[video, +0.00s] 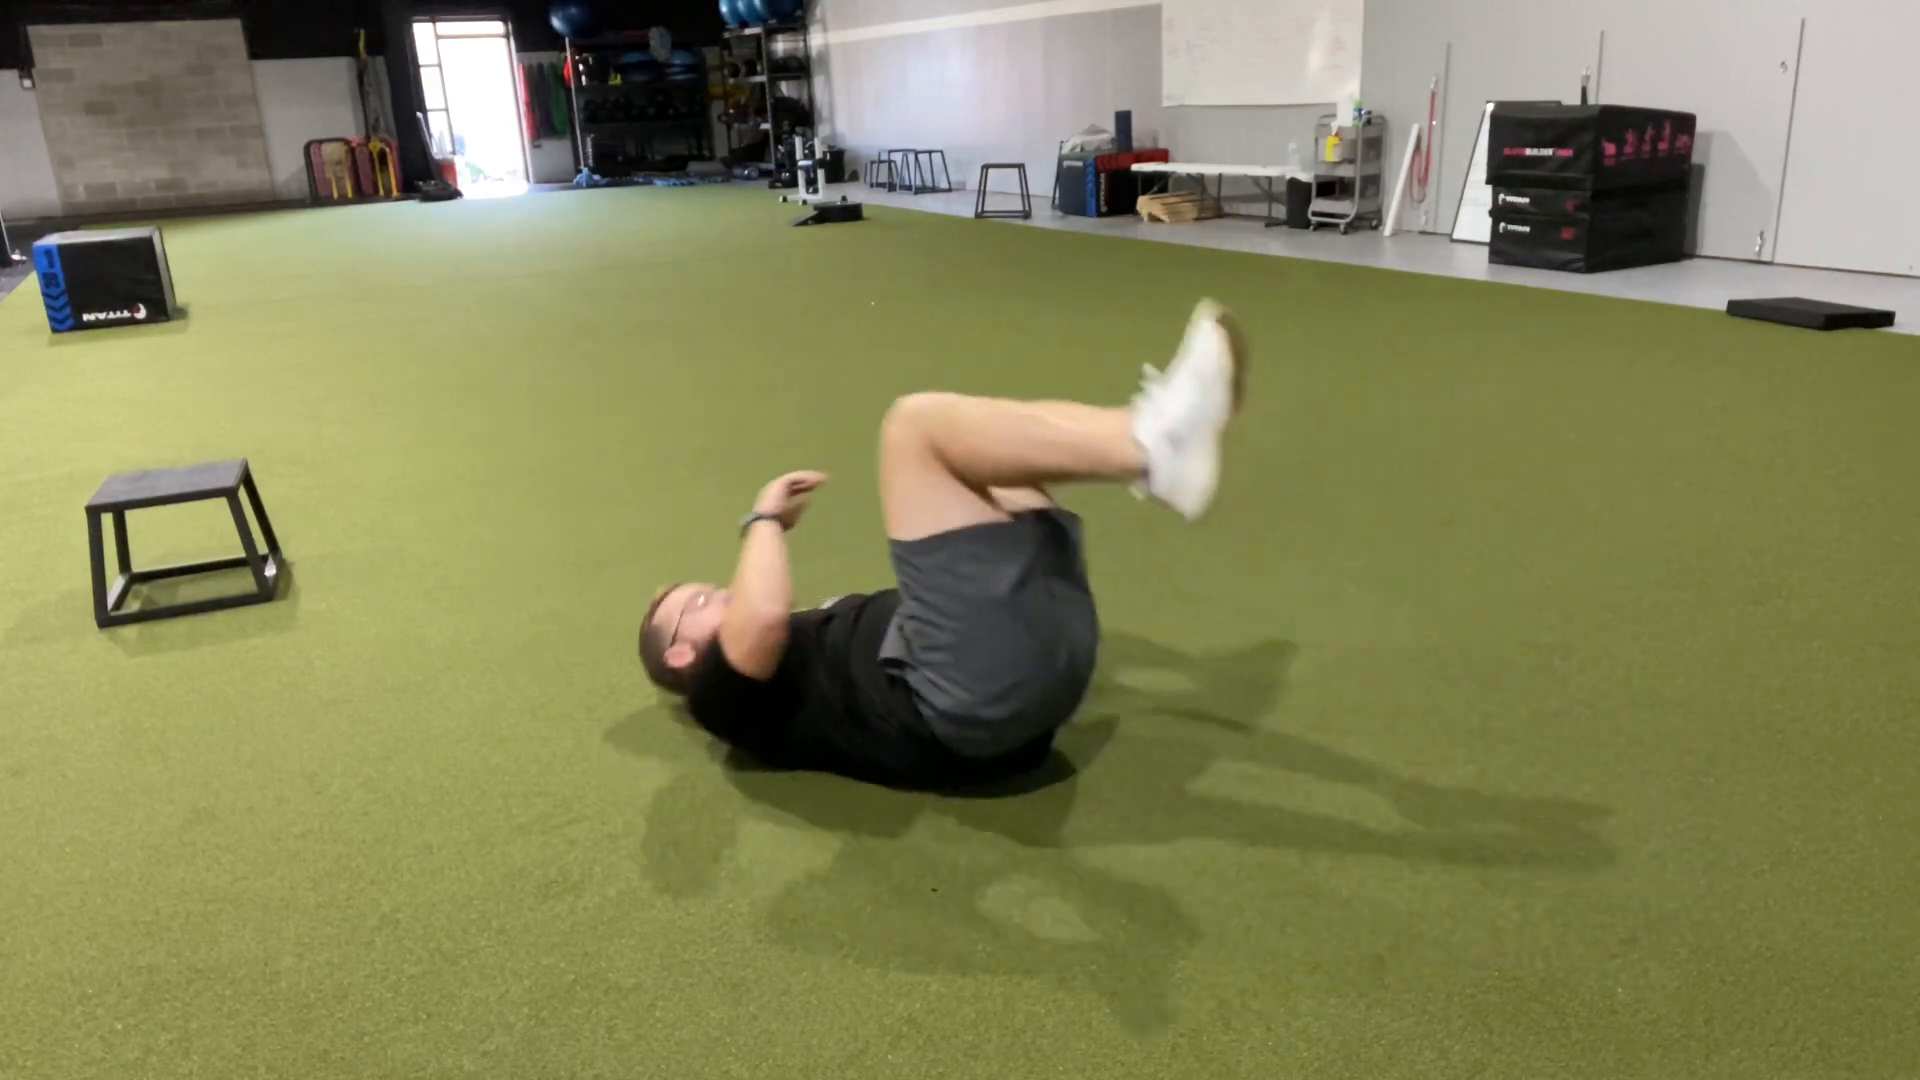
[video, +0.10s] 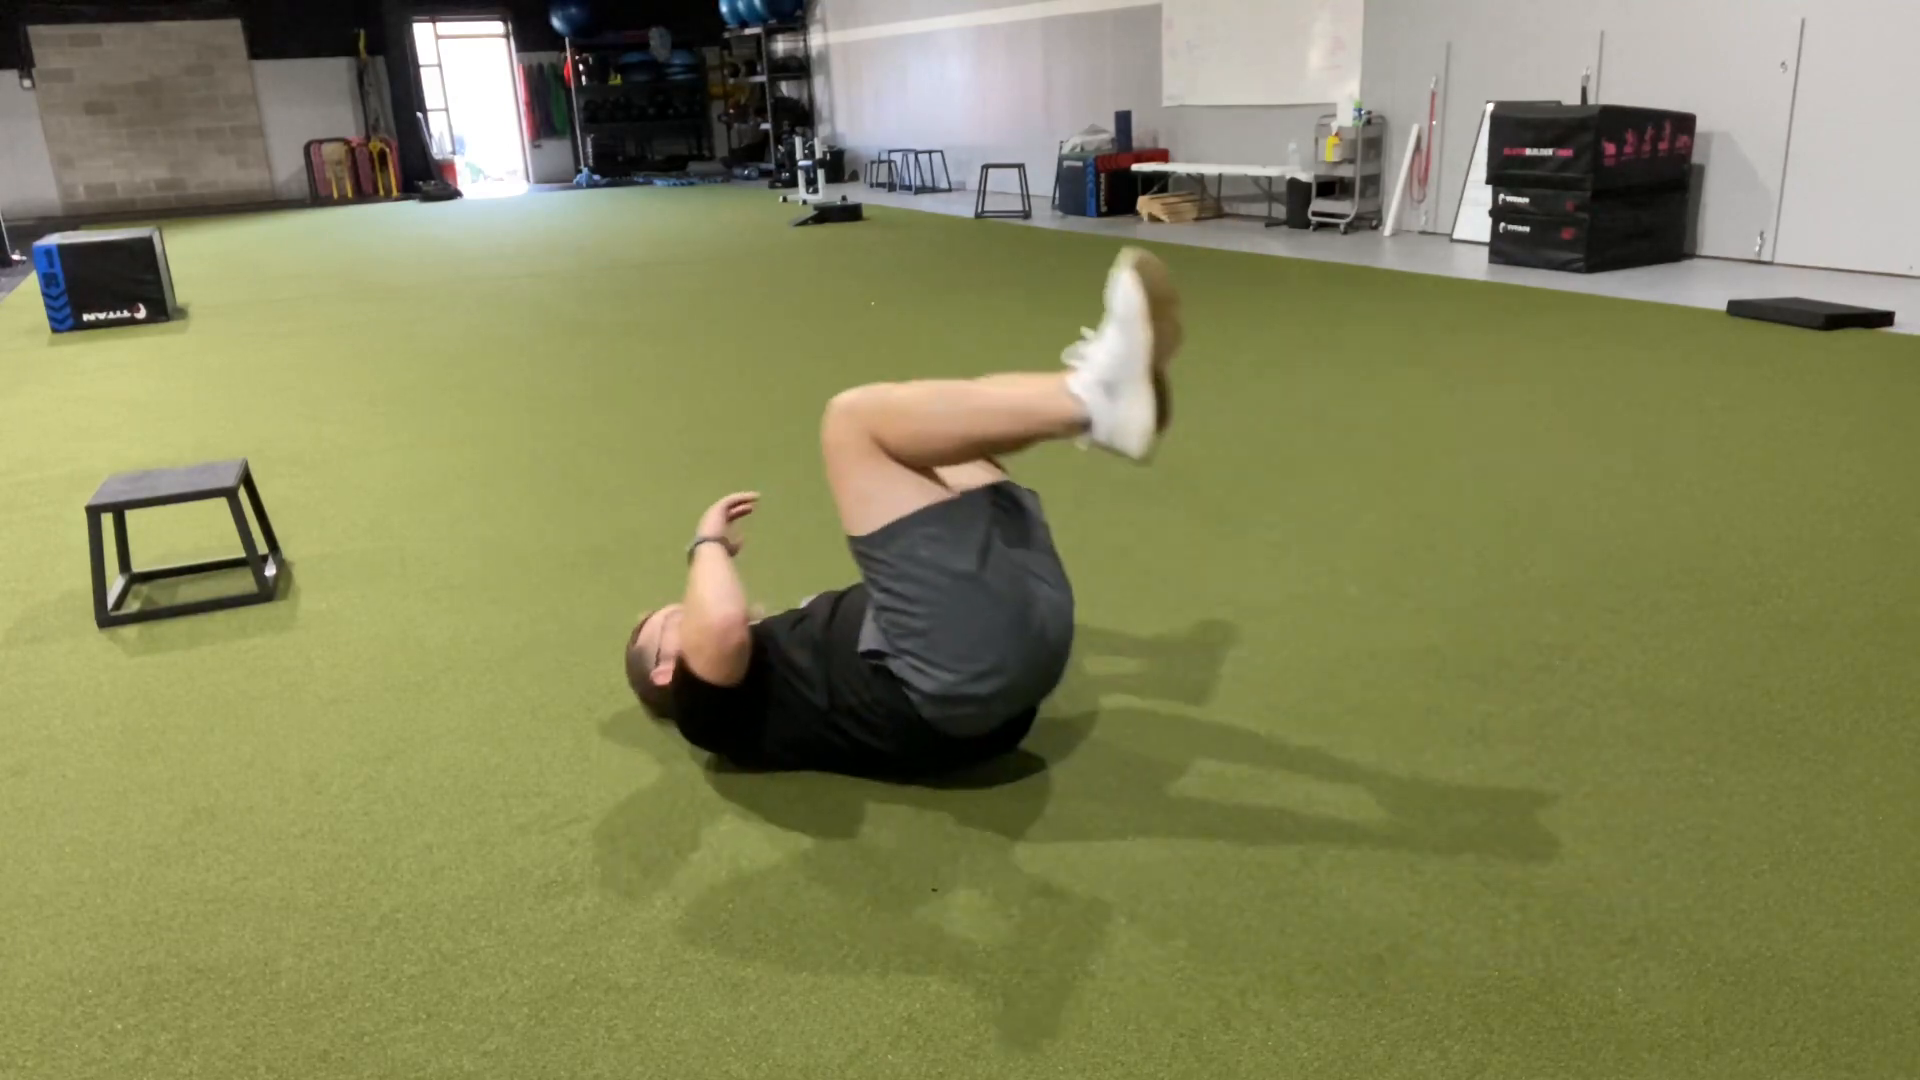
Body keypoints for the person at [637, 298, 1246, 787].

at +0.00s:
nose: (706, 596)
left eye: (702, 590)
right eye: (683, 610)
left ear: (726, 595)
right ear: (681, 660)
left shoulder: (792, 653)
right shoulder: (719, 690)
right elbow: (763, 624)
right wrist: (766, 518)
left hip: (1032, 675)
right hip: (967, 691)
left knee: (989, 453)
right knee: (914, 427)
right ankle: (1149, 449)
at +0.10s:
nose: (676, 617)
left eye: (670, 612)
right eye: (661, 629)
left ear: (695, 620)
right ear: (665, 680)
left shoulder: (788, 665)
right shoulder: (709, 707)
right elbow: (724, 631)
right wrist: (709, 538)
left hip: (1023, 648)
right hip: (950, 668)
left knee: (931, 432)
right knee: (852, 419)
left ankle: (1100, 382)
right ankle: (1088, 402)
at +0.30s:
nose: (656, 627)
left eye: (648, 625)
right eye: (642, 635)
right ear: (649, 686)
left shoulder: (791, 639)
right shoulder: (702, 713)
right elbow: (684, 654)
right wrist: (663, 560)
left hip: (1006, 600)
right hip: (939, 648)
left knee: (873, 385)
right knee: (781, 428)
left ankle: (1036, 362)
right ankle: (1018, 392)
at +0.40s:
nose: (659, 628)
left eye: (655, 623)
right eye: (643, 638)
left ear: (697, 613)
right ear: (651, 693)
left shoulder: (791, 637)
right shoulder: (707, 717)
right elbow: (693, 669)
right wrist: (668, 556)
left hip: (1008, 589)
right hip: (943, 643)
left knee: (872, 375)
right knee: (774, 434)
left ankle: (1034, 364)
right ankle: (1020, 402)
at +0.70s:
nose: (696, 590)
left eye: (689, 584)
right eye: (671, 603)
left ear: (713, 596)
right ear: (661, 659)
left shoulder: (774, 631)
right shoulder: (699, 701)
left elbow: (905, 602)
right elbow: (745, 722)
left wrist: (877, 513)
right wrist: (771, 603)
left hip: (1002, 630)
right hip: (956, 689)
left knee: (966, 377)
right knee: (899, 464)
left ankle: (1175, 407)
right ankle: (1168, 479)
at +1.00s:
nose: (796, 506)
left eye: (789, 488)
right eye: (767, 505)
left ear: (801, 489)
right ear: (725, 547)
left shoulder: (874, 548)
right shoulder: (756, 638)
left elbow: (983, 545)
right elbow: (792, 738)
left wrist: (1030, 504)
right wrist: (906, 731)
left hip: (1058, 635)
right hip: (1005, 742)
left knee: (1148, 475)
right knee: (1096, 661)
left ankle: (1366, 596)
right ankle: (1345, 695)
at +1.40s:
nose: (1006, 409)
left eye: (1005, 384)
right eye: (975, 403)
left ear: (1013, 364)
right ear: (914, 424)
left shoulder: (1075, 448)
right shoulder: (881, 547)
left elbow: (1211, 497)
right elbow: (815, 670)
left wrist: (1320, 532)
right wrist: (899, 788)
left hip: (1162, 655)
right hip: (1075, 749)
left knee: (1323, 547)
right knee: (1195, 841)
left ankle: (1455, 748)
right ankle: (1382, 828)